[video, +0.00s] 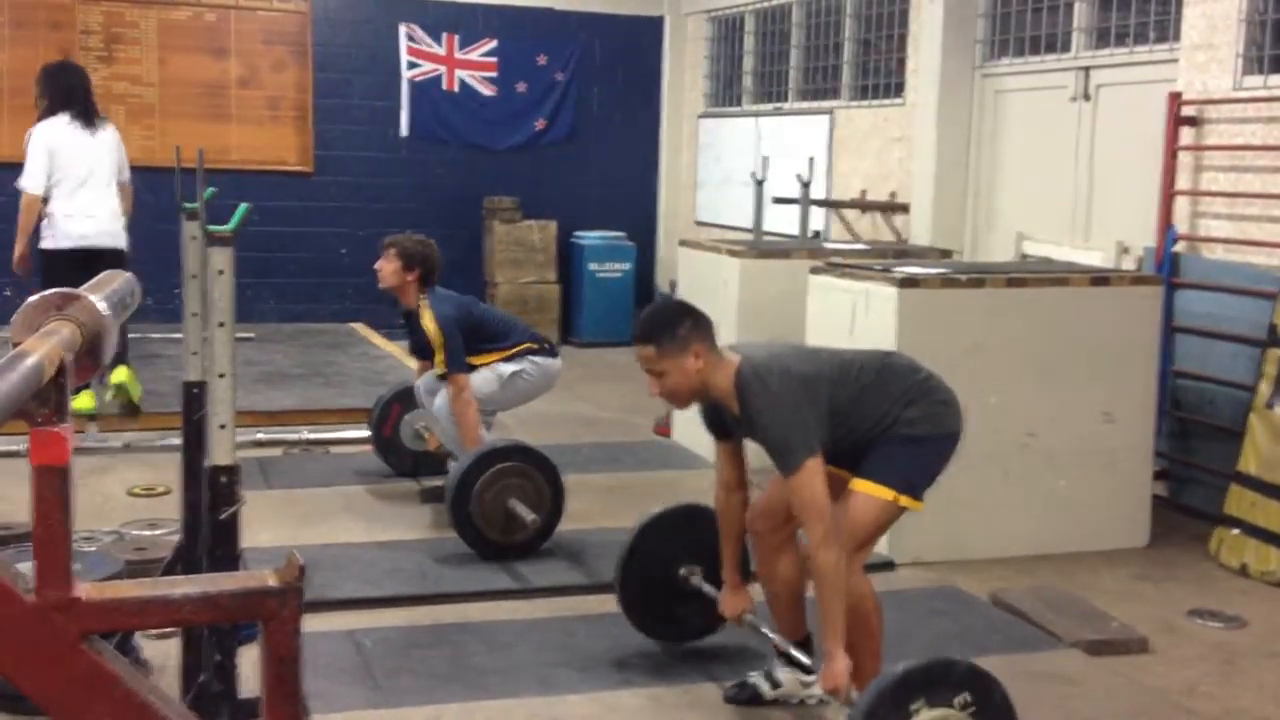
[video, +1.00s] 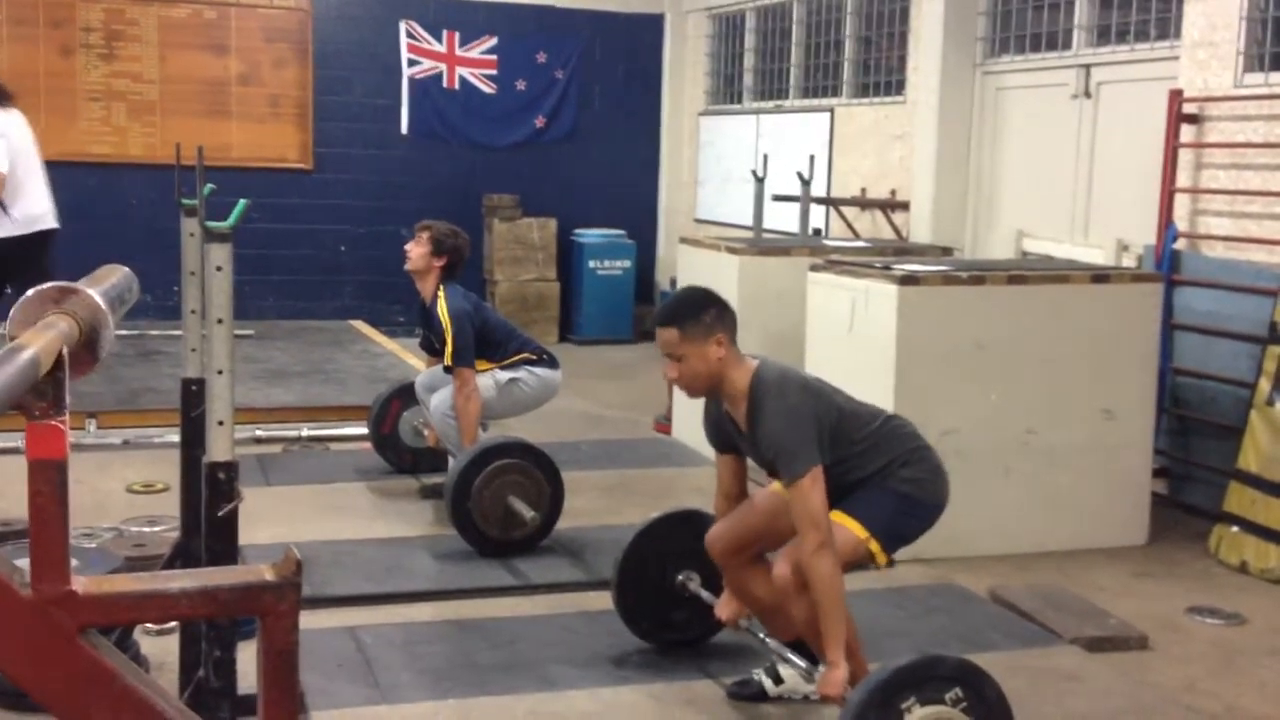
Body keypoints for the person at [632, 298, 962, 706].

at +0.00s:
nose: (654, 389)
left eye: (658, 374)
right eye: (649, 376)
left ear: (697, 357)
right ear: (696, 358)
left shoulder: (773, 395)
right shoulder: (720, 397)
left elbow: (825, 538)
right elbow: (730, 486)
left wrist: (836, 651)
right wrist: (732, 583)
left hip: (922, 419)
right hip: (866, 421)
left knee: (834, 554)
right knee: (767, 520)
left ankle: (867, 702)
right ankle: (795, 667)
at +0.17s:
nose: (659, 394)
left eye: (663, 380)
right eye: (654, 382)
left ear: (703, 363)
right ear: (702, 364)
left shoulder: (780, 402)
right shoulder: (726, 403)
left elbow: (818, 542)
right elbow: (731, 494)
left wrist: (832, 658)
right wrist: (732, 592)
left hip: (927, 428)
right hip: (866, 430)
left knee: (833, 559)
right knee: (762, 525)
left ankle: (868, 701)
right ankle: (796, 667)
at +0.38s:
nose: (661, 389)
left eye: (666, 374)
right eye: (657, 376)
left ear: (706, 359)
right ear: (705, 361)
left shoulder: (780, 401)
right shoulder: (728, 403)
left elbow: (815, 544)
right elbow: (732, 498)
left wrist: (831, 662)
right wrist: (733, 593)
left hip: (926, 441)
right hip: (867, 442)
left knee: (826, 564)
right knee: (756, 526)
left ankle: (873, 699)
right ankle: (797, 667)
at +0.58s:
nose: (662, 386)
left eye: (668, 371)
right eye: (659, 373)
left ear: (708, 357)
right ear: (708, 359)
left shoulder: (778, 404)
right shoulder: (727, 407)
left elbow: (813, 547)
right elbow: (732, 500)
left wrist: (832, 666)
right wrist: (735, 593)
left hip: (923, 455)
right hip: (863, 455)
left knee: (811, 567)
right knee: (747, 533)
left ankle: (869, 692)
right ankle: (797, 666)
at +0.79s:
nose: (665, 397)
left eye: (669, 382)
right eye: (660, 385)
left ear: (708, 362)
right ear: (706, 364)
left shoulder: (779, 408)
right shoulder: (727, 410)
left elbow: (820, 549)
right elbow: (733, 501)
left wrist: (838, 665)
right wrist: (735, 594)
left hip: (921, 462)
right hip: (857, 460)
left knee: (808, 567)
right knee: (743, 538)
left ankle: (864, 690)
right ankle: (802, 667)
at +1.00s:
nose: (668, 373)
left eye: (676, 359)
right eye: (665, 360)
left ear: (719, 346)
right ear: (717, 348)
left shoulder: (780, 405)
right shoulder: (721, 405)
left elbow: (818, 544)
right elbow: (730, 500)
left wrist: (839, 662)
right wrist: (734, 588)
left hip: (906, 480)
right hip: (843, 475)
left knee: (790, 572)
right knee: (724, 543)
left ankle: (856, 679)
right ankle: (808, 662)